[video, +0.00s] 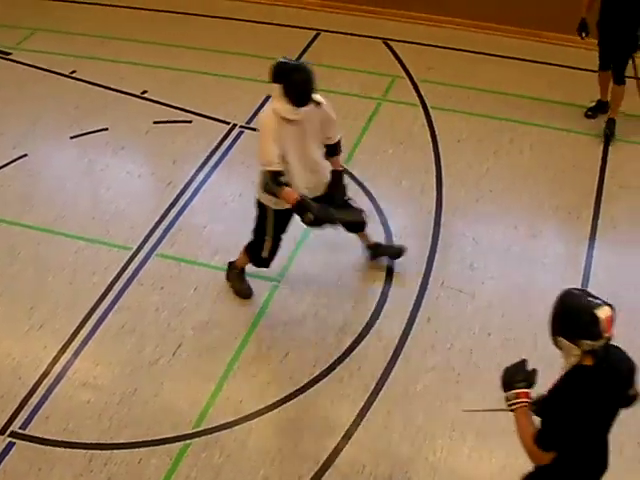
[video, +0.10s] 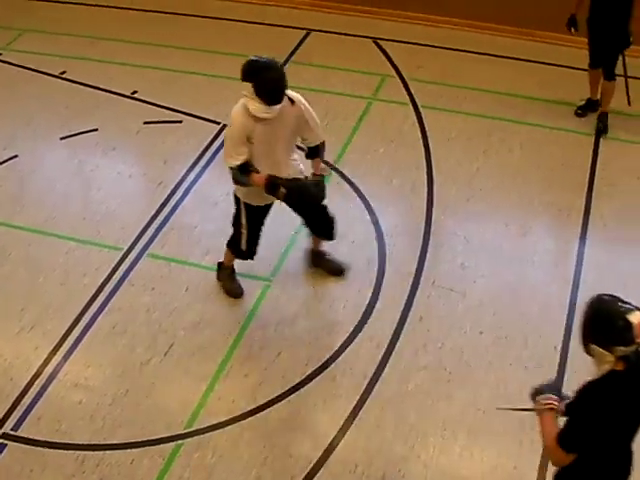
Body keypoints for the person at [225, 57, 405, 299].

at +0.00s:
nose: (304, 102)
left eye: (308, 96)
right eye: (300, 98)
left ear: (310, 90)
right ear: (289, 92)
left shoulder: (320, 107)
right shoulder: (271, 118)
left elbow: (333, 147)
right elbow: (272, 180)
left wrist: (337, 181)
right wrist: (302, 205)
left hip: (317, 184)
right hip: (280, 192)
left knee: (354, 219)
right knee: (263, 248)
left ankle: (371, 247)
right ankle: (236, 268)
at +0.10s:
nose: (276, 105)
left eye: (280, 99)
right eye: (270, 101)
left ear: (283, 90)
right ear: (258, 93)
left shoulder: (295, 104)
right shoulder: (241, 117)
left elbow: (315, 142)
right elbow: (238, 168)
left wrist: (317, 175)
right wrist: (267, 183)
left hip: (290, 177)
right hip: (253, 186)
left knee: (321, 219)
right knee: (244, 240)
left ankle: (317, 255)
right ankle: (226, 268)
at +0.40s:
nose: (223, 123)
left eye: (227, 117)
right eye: (216, 120)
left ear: (231, 106)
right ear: (202, 114)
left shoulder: (250, 124)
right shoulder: (190, 127)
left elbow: (274, 160)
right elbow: (171, 156)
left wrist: (268, 198)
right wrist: (191, 190)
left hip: (245, 193)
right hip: (206, 196)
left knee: (261, 245)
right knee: (192, 242)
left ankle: (254, 264)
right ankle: (196, 268)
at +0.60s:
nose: (215, 147)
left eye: (219, 142)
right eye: (208, 143)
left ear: (223, 131)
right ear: (192, 133)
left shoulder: (233, 145)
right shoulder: (166, 148)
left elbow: (241, 179)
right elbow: (149, 180)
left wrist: (235, 214)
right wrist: (167, 210)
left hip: (220, 210)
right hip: (180, 213)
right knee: (167, 255)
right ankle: (166, 277)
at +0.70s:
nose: (204, 164)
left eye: (208, 159)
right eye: (198, 159)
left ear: (212, 150)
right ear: (183, 149)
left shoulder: (217, 165)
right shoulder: (156, 166)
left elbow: (217, 196)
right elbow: (131, 205)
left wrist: (213, 228)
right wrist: (159, 237)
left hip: (201, 229)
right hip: (161, 233)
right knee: (140, 271)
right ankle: (136, 283)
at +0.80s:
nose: (191, 179)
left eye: (195, 173)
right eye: (186, 173)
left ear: (200, 165)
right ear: (170, 162)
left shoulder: (202, 178)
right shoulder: (144, 181)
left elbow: (200, 211)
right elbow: (121, 223)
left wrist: (196, 244)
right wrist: (155, 257)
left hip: (181, 243)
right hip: (141, 245)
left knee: (221, 297)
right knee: (117, 272)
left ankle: (233, 350)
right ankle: (100, 278)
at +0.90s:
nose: (186, 185)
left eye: (191, 179)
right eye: (182, 179)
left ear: (198, 171)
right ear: (166, 169)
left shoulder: (201, 182)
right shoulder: (140, 186)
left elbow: (203, 218)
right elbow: (123, 235)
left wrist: (205, 253)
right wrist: (151, 263)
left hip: (180, 248)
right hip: (138, 251)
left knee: (212, 304)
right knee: (107, 289)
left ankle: (213, 353)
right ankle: (93, 286)